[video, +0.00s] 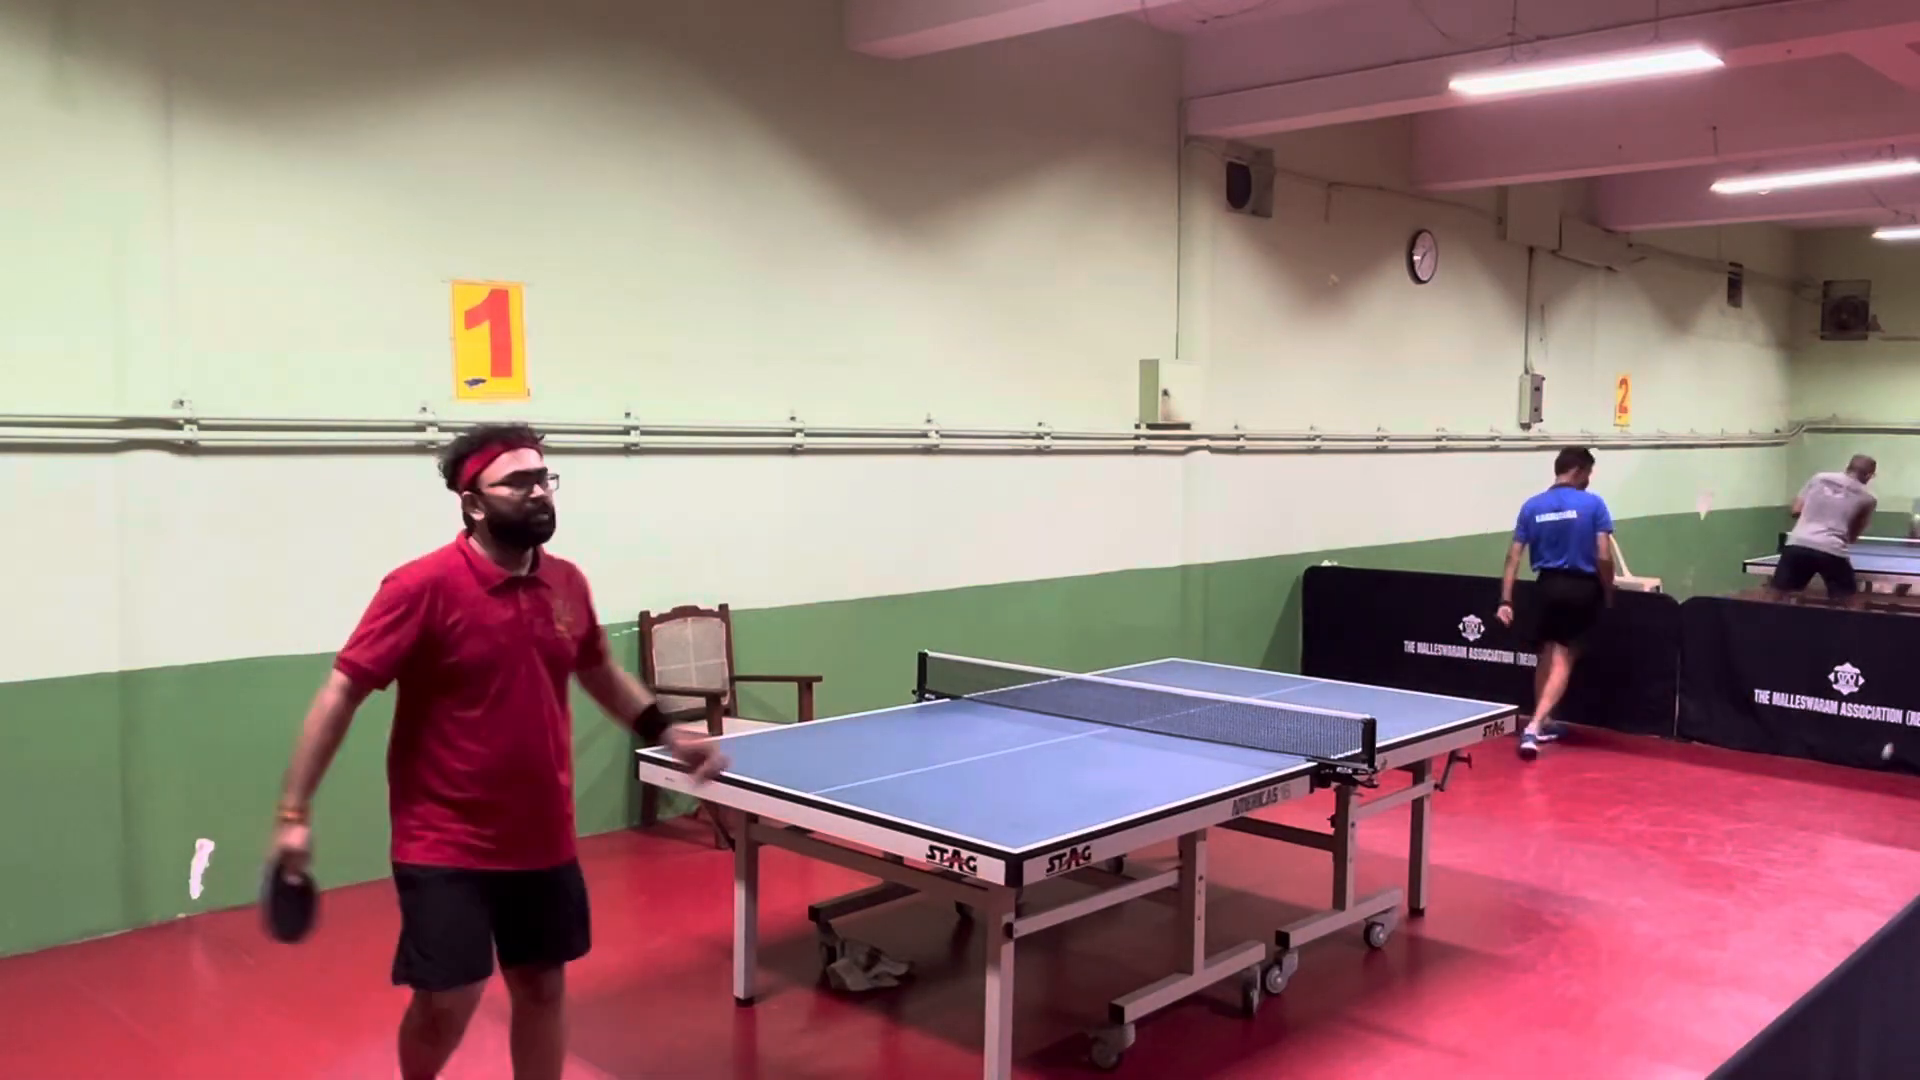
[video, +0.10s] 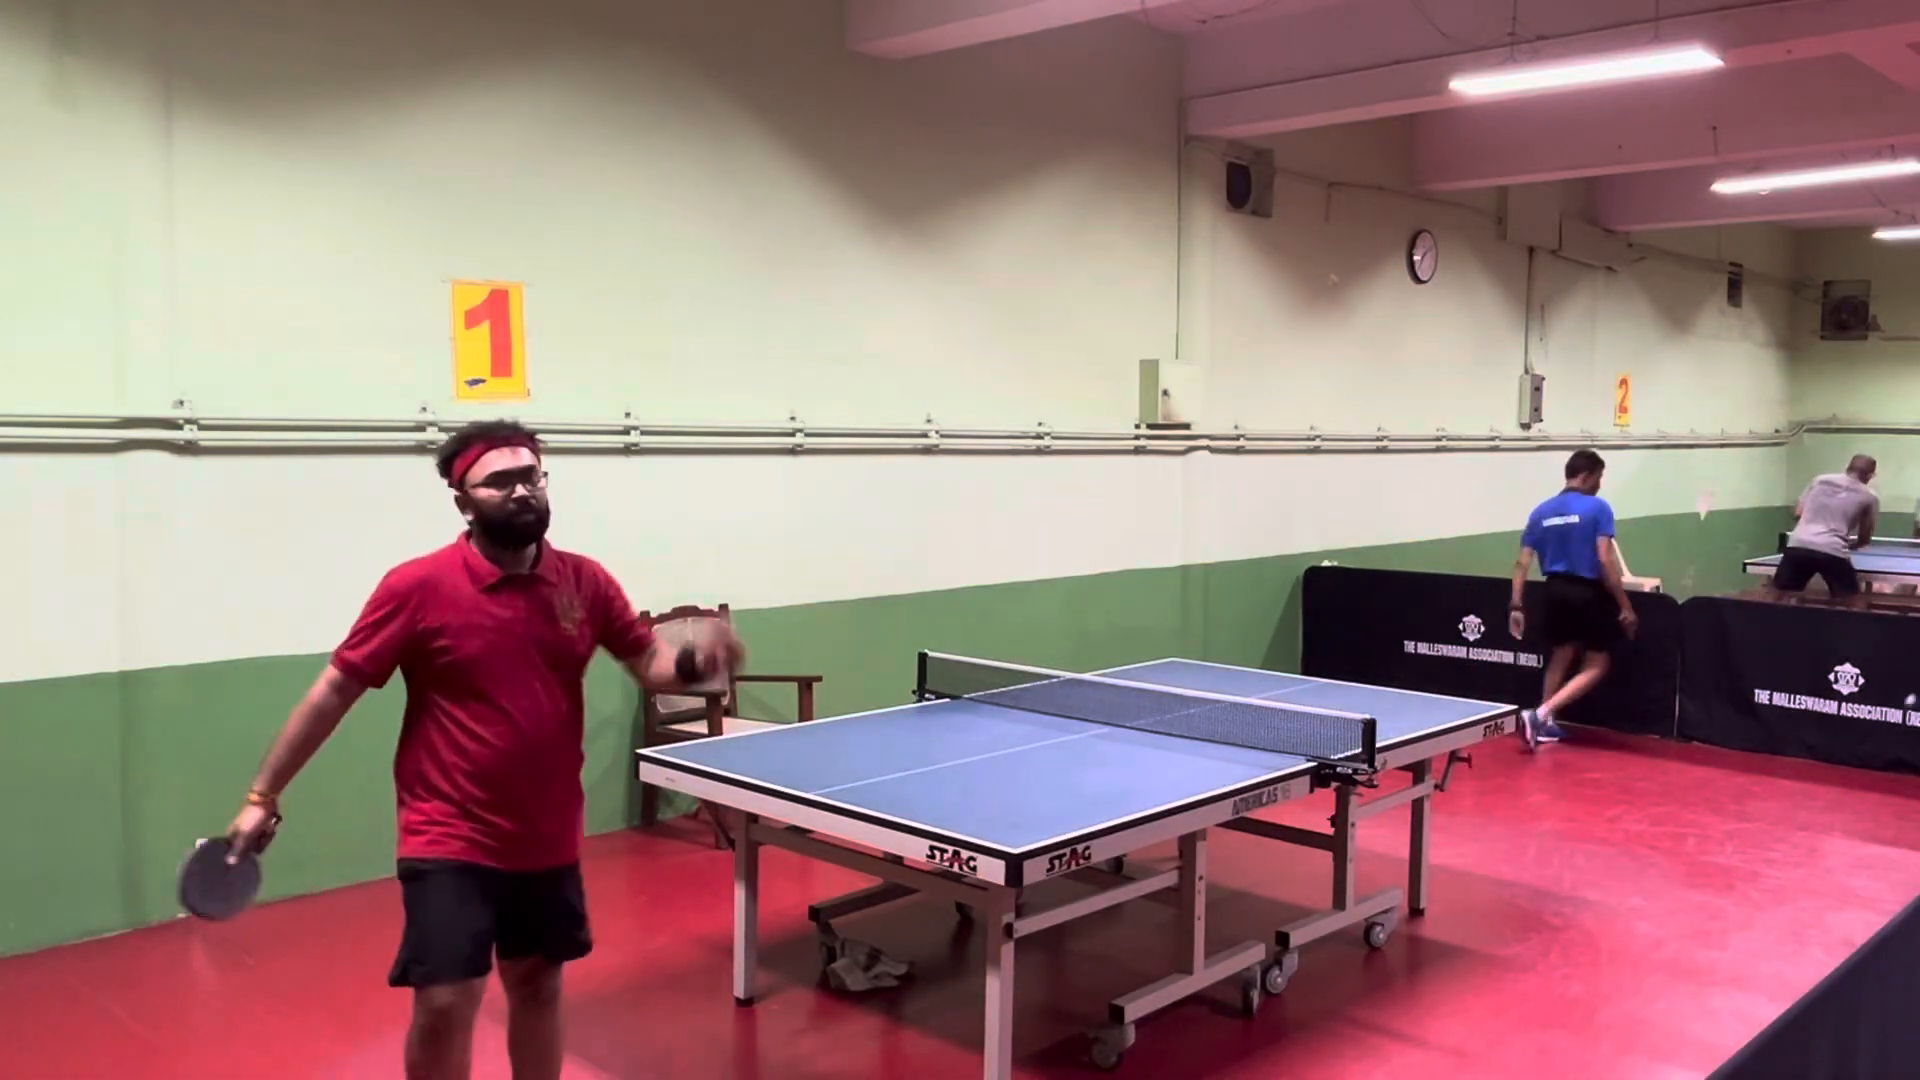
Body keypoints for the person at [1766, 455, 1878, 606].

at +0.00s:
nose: (1871, 477)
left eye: (1872, 474)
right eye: (1872, 474)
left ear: (1848, 467)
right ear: (1868, 475)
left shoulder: (1819, 478)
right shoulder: (1867, 499)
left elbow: (1796, 509)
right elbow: (1853, 535)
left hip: (1797, 549)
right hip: (1832, 555)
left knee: (1775, 599)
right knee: (1847, 608)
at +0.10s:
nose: (1872, 477)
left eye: (1872, 474)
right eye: (1872, 474)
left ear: (1848, 468)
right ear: (1869, 475)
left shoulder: (1820, 480)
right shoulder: (1868, 497)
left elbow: (1799, 511)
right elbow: (1864, 539)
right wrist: (1845, 544)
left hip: (1798, 548)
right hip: (1832, 554)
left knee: (1775, 598)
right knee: (1852, 606)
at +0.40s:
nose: (1850, 477)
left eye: (1850, 473)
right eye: (1849, 473)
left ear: (1827, 469)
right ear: (1846, 473)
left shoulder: (1800, 484)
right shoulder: (1847, 496)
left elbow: (1786, 519)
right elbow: (1856, 537)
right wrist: (1861, 551)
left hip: (1783, 556)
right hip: (1816, 561)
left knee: (1763, 604)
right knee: (1838, 607)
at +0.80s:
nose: (1842, 479)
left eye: (1843, 475)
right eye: (1843, 475)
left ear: (1819, 469)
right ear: (1839, 474)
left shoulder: (1794, 483)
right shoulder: (1836, 493)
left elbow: (1767, 516)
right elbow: (1845, 539)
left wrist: (1783, 526)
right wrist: (1872, 555)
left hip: (1777, 553)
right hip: (1809, 556)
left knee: (1758, 602)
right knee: (1839, 603)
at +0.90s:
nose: (1856, 484)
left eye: (1857, 480)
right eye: (1856, 480)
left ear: (1833, 474)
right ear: (1851, 478)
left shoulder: (1810, 489)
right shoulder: (1843, 498)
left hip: (1789, 557)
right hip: (1817, 560)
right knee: (1854, 608)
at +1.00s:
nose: (1879, 490)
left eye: (1880, 486)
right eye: (1879, 486)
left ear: (1857, 478)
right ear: (1873, 483)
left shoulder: (1835, 495)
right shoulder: (1862, 502)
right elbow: (1876, 541)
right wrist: (1915, 550)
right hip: (1833, 566)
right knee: (1862, 595)